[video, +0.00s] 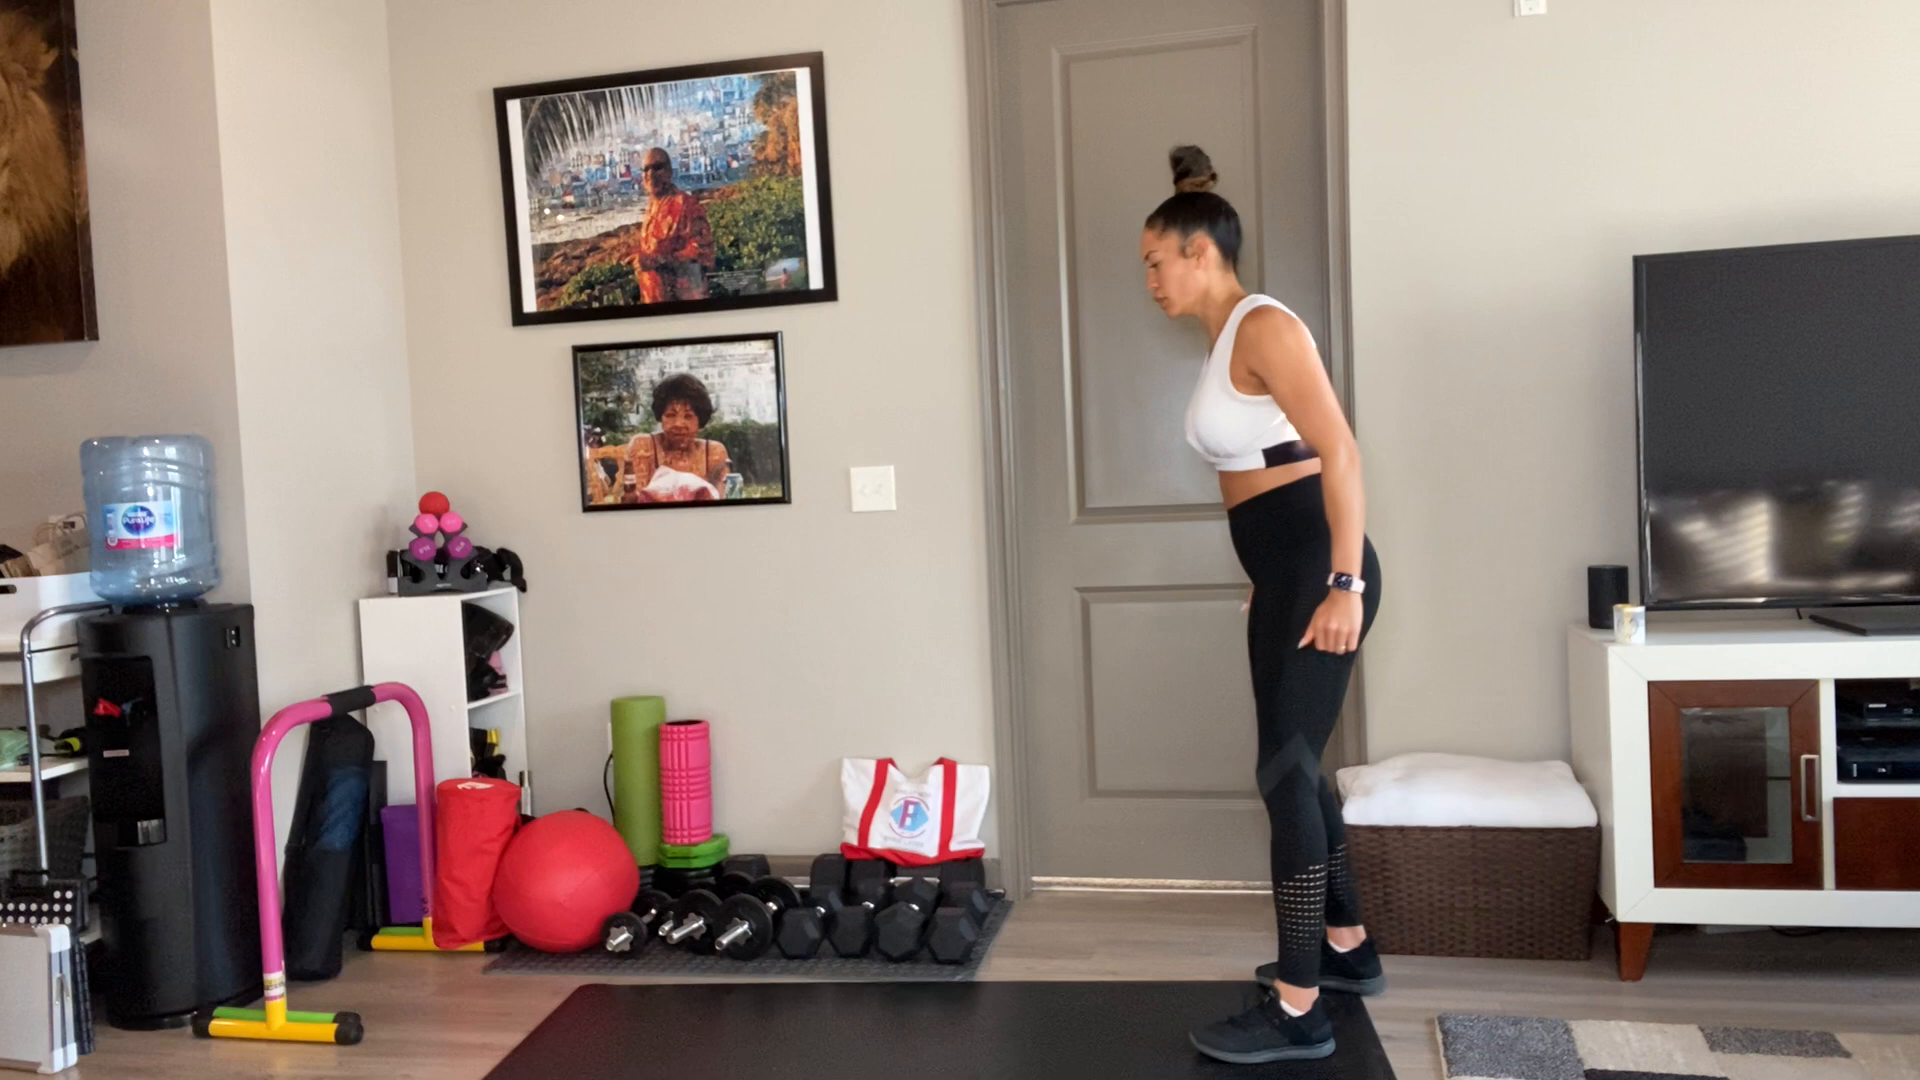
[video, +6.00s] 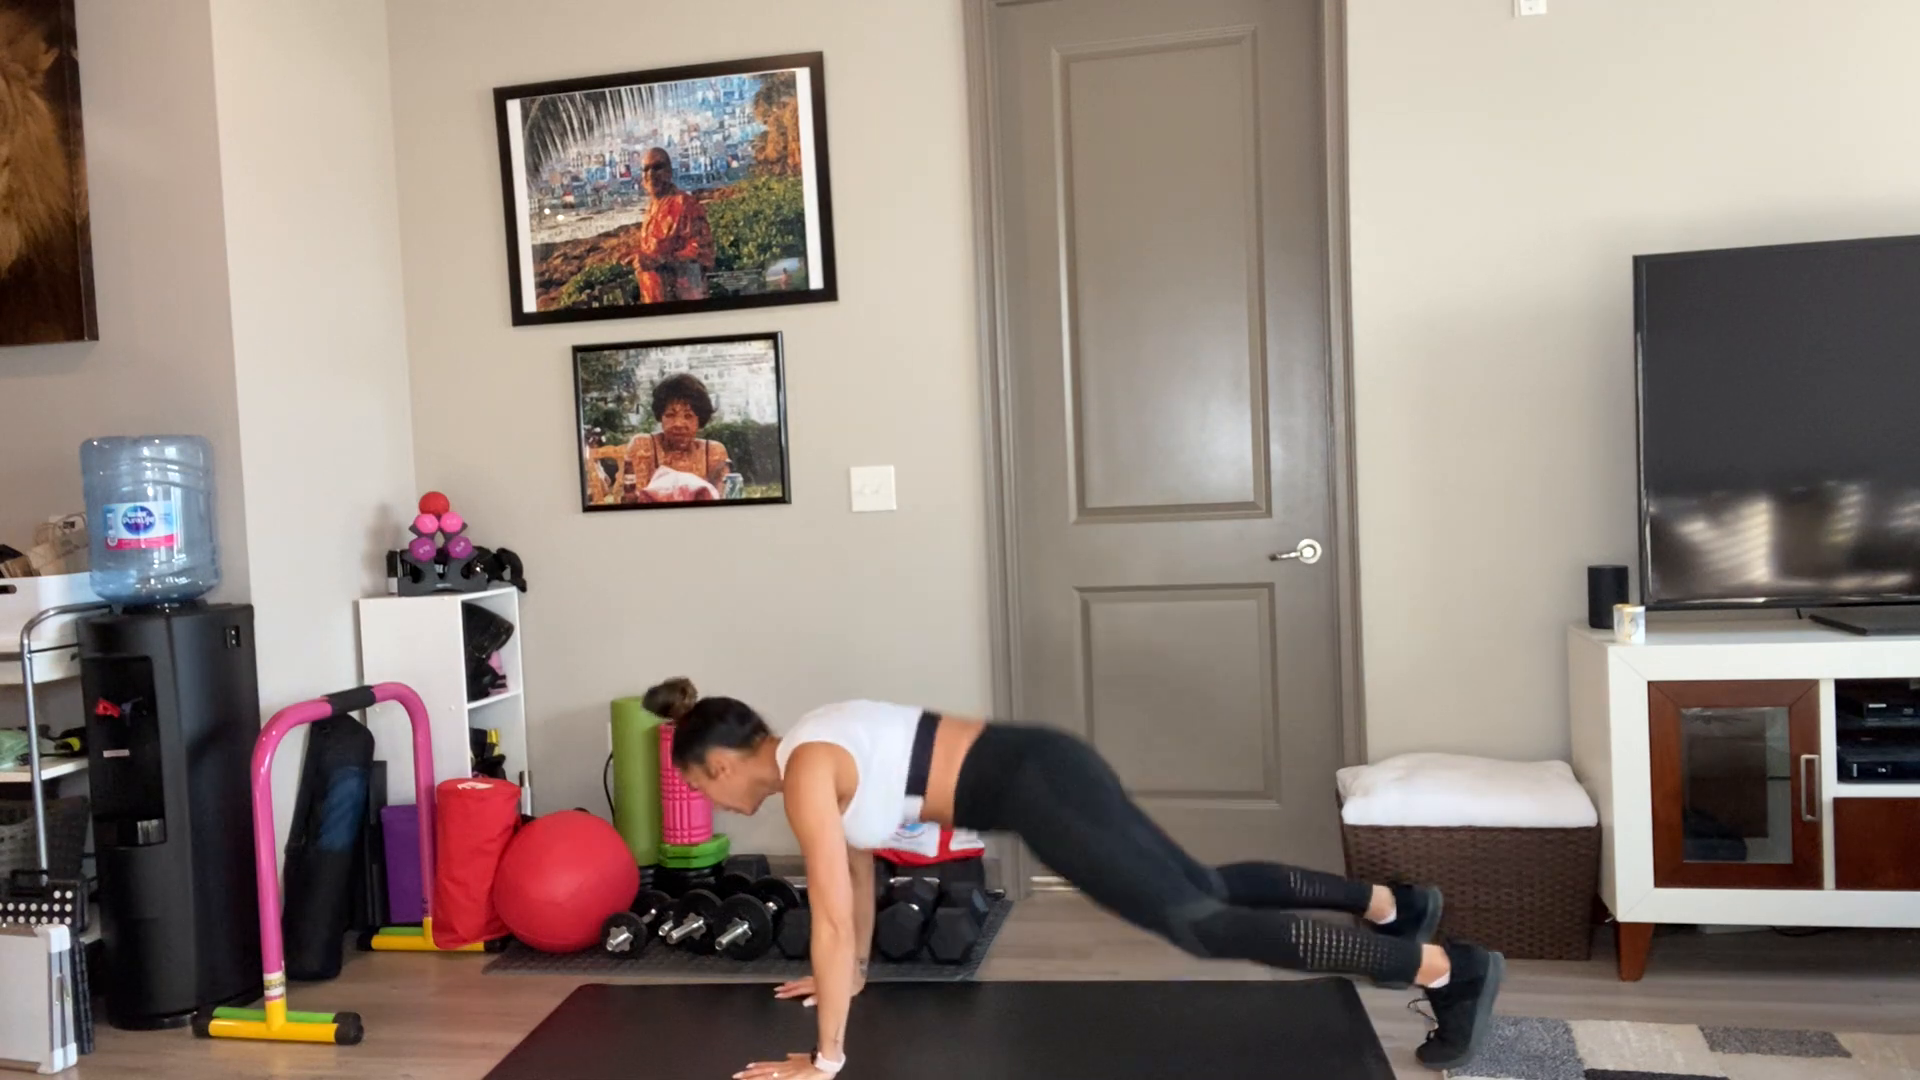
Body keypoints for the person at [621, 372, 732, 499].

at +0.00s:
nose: (679, 424)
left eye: (688, 416)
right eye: (671, 415)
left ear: (700, 420)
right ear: (660, 418)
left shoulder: (715, 451)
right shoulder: (641, 446)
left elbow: (719, 500)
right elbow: (636, 499)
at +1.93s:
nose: (679, 424)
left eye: (688, 416)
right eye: (670, 415)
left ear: (700, 420)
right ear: (660, 418)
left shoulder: (715, 451)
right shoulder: (641, 446)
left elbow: (718, 501)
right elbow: (638, 499)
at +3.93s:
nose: (679, 424)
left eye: (688, 416)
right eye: (670, 415)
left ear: (701, 420)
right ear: (660, 417)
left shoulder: (715, 451)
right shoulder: (641, 446)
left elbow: (719, 501)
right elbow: (638, 500)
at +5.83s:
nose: (679, 424)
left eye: (688, 416)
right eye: (671, 415)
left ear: (700, 420)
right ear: (660, 417)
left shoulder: (714, 451)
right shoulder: (641, 446)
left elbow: (721, 499)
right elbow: (632, 499)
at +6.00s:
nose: (679, 424)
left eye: (688, 416)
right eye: (670, 415)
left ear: (700, 420)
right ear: (660, 418)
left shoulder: (714, 451)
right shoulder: (641, 446)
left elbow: (722, 499)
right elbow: (633, 499)